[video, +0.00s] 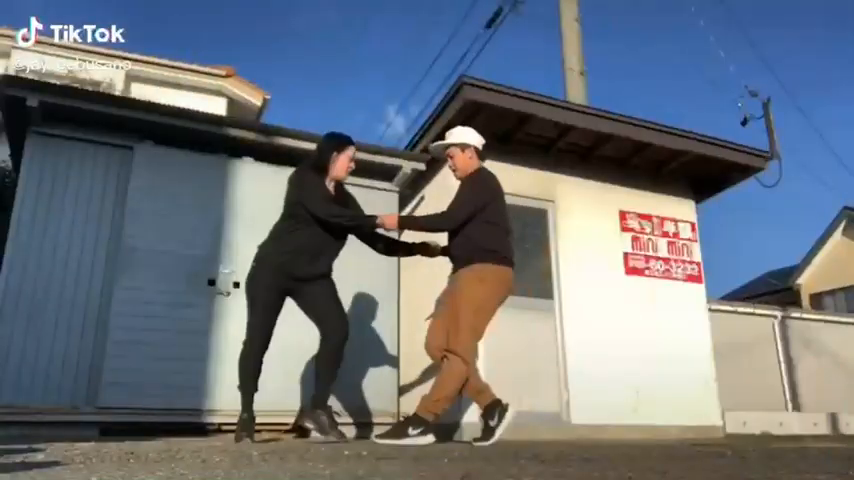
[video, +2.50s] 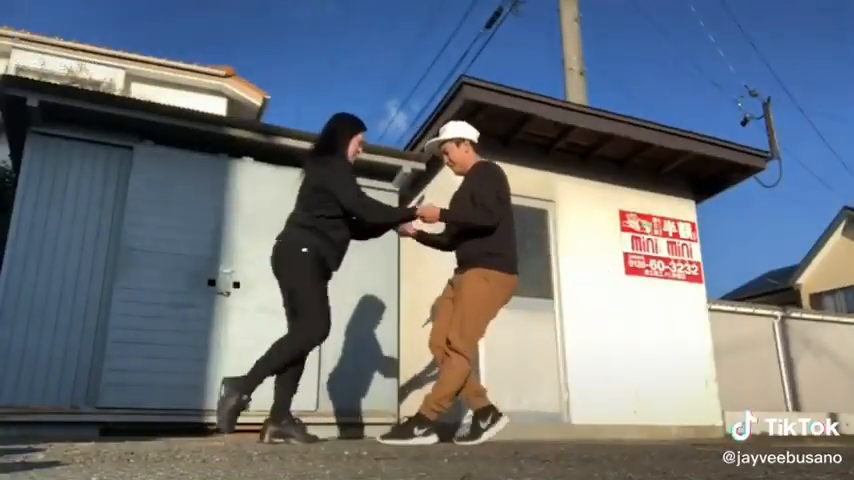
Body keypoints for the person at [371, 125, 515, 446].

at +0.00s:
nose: (448, 162)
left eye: (451, 155)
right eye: (447, 157)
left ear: (470, 153)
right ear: (466, 155)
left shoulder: (481, 180)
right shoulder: (474, 185)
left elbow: (450, 220)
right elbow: (469, 242)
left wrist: (401, 222)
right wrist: (439, 250)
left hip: (485, 270)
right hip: (468, 271)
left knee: (460, 346)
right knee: (437, 344)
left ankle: (424, 420)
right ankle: (491, 406)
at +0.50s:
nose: (465, 159)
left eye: (467, 152)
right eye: (463, 154)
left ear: (485, 146)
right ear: (482, 150)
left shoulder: (505, 170)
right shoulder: (487, 187)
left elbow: (515, 211)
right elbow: (461, 237)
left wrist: (470, 211)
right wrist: (423, 225)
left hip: (501, 270)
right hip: (503, 272)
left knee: (458, 331)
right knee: (483, 343)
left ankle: (514, 385)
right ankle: (481, 420)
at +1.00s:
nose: (502, 166)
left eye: (503, 158)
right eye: (500, 160)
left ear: (522, 150)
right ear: (518, 154)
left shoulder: (542, 176)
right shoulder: (539, 181)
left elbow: (531, 214)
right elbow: (528, 234)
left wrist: (486, 208)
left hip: (569, 267)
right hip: (566, 268)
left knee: (563, 346)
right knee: (567, 347)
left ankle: (572, 425)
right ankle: (627, 399)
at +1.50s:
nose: (504, 164)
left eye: (505, 156)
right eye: (501, 159)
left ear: (524, 148)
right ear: (517, 154)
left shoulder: (549, 173)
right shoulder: (526, 190)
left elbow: (570, 214)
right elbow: (520, 238)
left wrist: (528, 213)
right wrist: (490, 230)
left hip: (576, 268)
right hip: (547, 277)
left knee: (581, 344)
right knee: (528, 333)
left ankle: (601, 422)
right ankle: (572, 394)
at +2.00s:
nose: (465, 163)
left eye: (466, 155)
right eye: (462, 158)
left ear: (484, 147)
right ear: (486, 151)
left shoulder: (503, 174)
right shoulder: (508, 182)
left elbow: (493, 212)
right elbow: (486, 248)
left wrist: (453, 215)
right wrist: (446, 246)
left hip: (505, 272)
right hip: (522, 277)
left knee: (457, 325)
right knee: (491, 345)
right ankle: (500, 426)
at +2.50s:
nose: (446, 160)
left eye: (447, 152)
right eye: (443, 154)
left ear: (465, 145)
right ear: (459, 149)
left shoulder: (487, 172)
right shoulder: (469, 187)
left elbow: (487, 217)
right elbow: (452, 241)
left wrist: (441, 215)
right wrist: (417, 233)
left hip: (489, 273)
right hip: (468, 273)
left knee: (459, 344)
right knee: (440, 341)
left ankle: (426, 420)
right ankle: (484, 411)